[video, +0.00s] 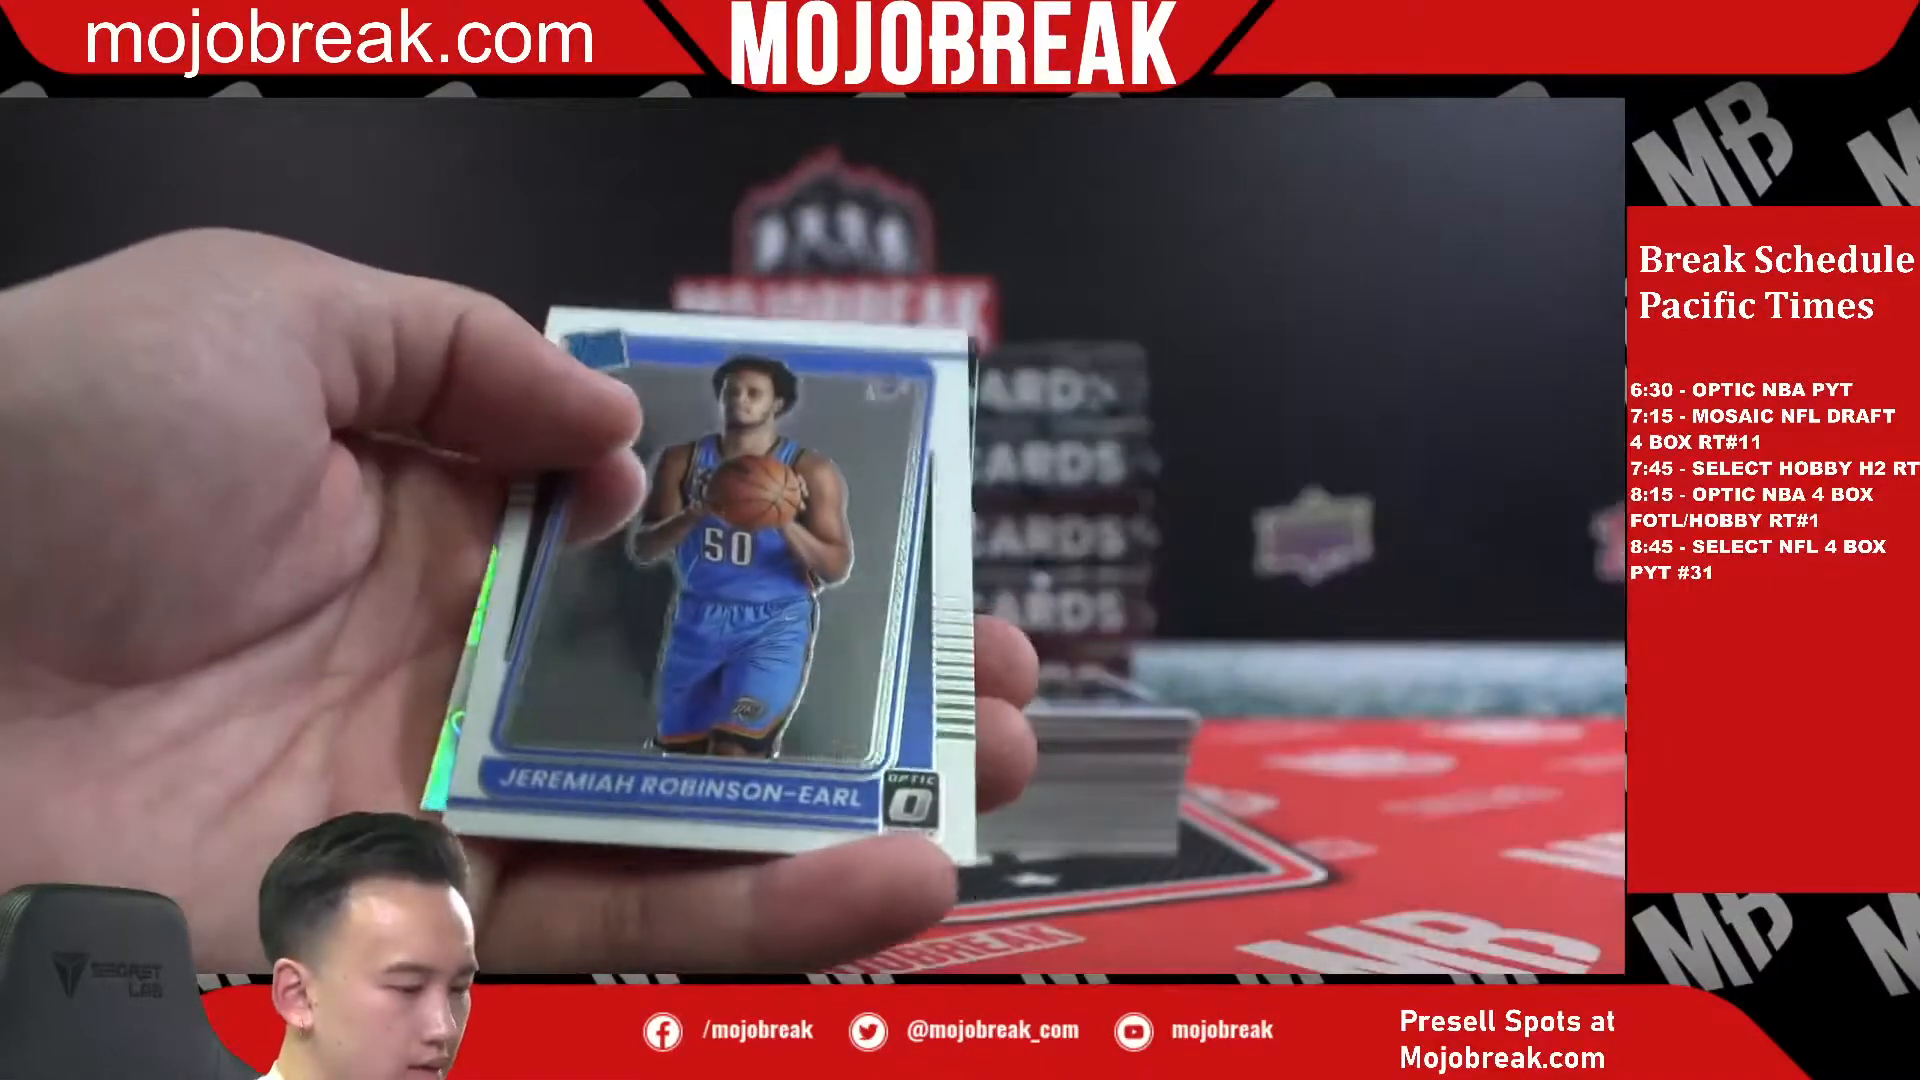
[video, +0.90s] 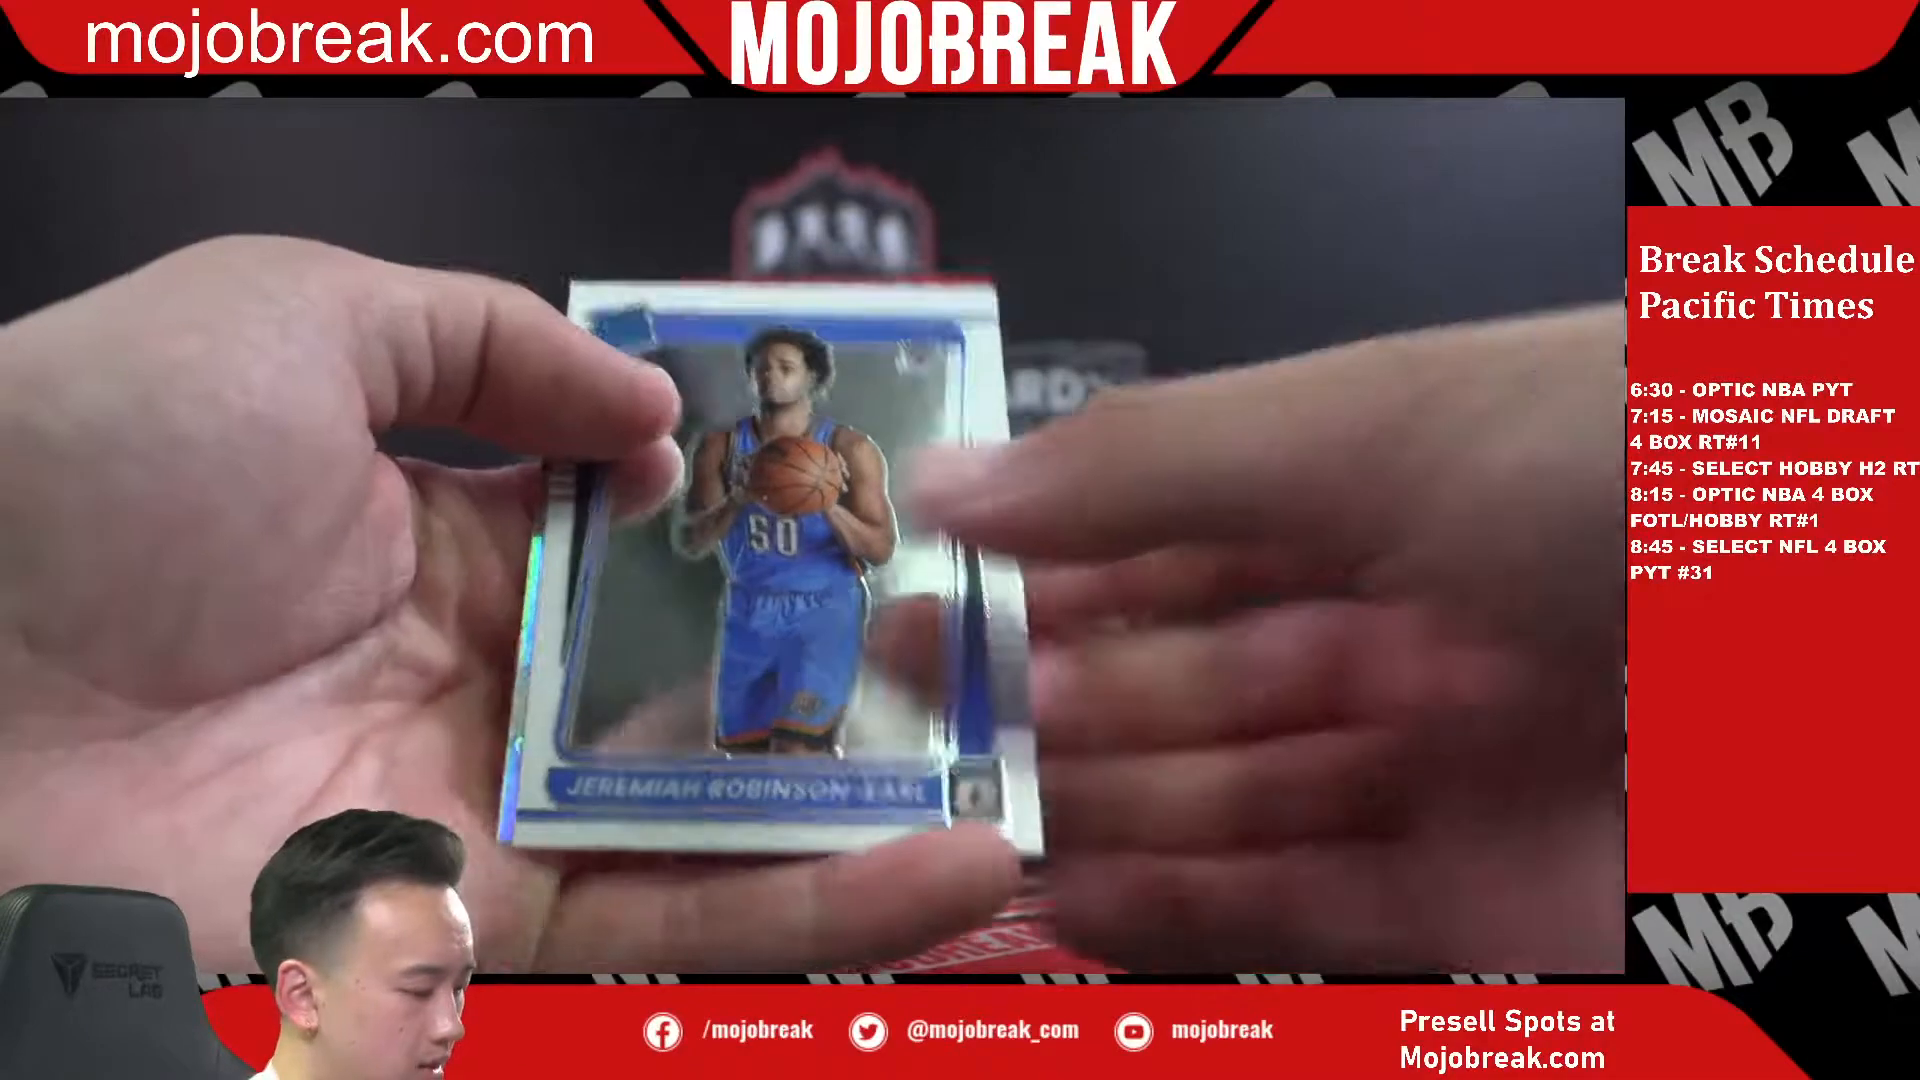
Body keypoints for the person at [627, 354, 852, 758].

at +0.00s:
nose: (740, 401)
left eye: (754, 393)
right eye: (732, 391)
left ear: (777, 405)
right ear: (721, 398)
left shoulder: (814, 473)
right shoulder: (681, 461)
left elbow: (837, 567)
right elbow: (642, 550)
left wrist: (786, 521)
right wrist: (695, 514)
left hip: (775, 627)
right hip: (695, 623)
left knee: (731, 757)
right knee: (680, 762)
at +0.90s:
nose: (770, 376)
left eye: (784, 367)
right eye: (762, 367)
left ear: (812, 379)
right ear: (751, 378)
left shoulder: (853, 450)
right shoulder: (719, 447)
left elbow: (880, 548)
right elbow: (690, 544)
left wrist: (831, 505)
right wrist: (737, 501)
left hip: (825, 614)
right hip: (747, 616)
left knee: (796, 754)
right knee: (741, 760)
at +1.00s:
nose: (793, 377)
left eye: (805, 365)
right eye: (784, 365)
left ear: (827, 376)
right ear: (772, 372)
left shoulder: (864, 443)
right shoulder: (741, 439)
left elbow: (898, 527)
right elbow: (707, 528)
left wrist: (849, 492)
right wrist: (742, 492)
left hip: (847, 589)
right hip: (771, 591)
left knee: (827, 707)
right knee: (760, 717)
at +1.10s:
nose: (871, 407)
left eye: (883, 397)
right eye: (864, 395)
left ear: (902, 409)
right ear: (850, 403)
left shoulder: (940, 473)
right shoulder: (823, 463)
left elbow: (967, 556)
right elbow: (791, 531)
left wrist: (914, 514)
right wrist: (819, 514)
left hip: (917, 611)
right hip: (843, 610)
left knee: (892, 719)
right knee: (831, 726)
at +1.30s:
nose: (887, 428)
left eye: (899, 419)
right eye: (877, 419)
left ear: (923, 429)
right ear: (866, 429)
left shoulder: (969, 496)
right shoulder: (837, 487)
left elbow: (1001, 587)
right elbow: (813, 573)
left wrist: (950, 542)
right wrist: (860, 535)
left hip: (950, 644)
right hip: (874, 646)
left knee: (930, 778)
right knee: (873, 782)